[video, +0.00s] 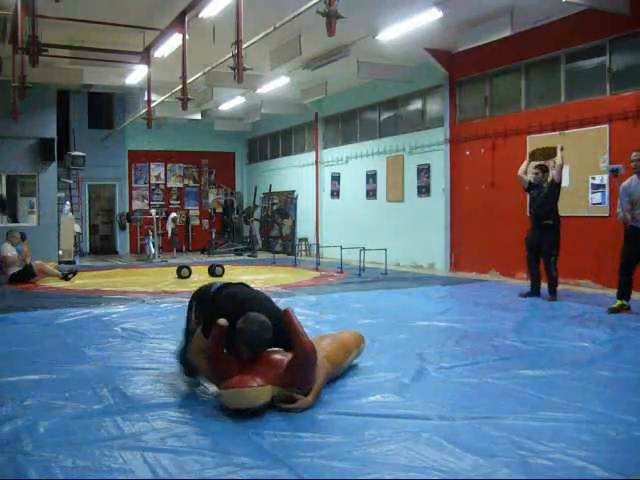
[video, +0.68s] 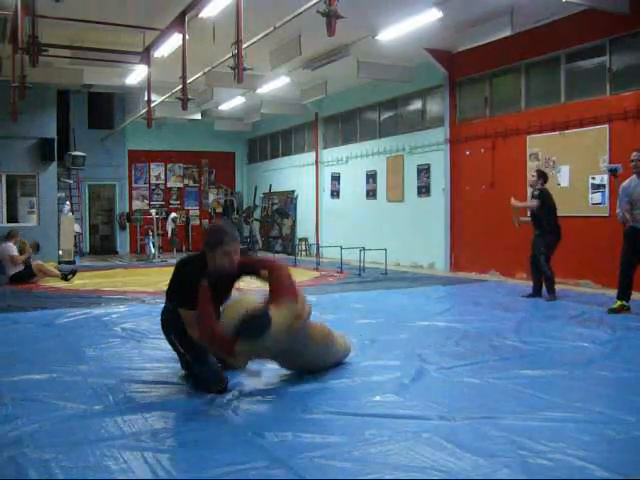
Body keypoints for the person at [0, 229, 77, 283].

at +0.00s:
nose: (17, 241)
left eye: (18, 239)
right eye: (16, 238)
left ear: (17, 240)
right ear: (10, 238)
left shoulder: (14, 248)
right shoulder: (6, 247)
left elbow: (25, 261)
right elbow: (8, 262)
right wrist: (19, 256)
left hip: (19, 274)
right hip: (12, 276)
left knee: (43, 269)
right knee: (38, 265)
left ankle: (64, 273)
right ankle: (62, 275)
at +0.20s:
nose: (15, 241)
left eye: (16, 239)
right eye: (13, 239)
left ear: (18, 239)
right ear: (8, 240)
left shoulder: (18, 247)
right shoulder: (4, 247)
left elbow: (25, 262)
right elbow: (3, 259)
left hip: (21, 273)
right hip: (12, 275)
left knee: (44, 269)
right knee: (38, 264)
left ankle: (63, 273)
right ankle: (61, 276)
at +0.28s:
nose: (15, 237)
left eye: (16, 235)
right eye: (13, 236)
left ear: (18, 236)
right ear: (8, 237)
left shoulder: (23, 247)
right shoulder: (4, 247)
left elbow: (28, 262)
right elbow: (2, 258)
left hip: (24, 273)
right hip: (13, 275)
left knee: (44, 269)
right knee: (39, 264)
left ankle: (63, 275)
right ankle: (61, 275)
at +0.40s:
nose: (16, 241)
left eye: (17, 239)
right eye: (14, 239)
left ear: (18, 238)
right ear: (9, 239)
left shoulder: (19, 247)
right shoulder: (5, 247)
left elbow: (24, 263)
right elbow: (2, 256)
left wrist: (27, 256)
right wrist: (6, 254)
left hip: (22, 274)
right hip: (13, 275)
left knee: (45, 270)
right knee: (39, 264)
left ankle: (63, 274)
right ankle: (62, 275)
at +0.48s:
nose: (17, 240)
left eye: (18, 238)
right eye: (15, 238)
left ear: (18, 239)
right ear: (9, 238)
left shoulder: (18, 247)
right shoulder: (5, 247)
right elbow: (3, 258)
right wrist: (13, 254)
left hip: (21, 274)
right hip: (12, 276)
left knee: (45, 269)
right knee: (39, 264)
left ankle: (63, 274)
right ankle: (62, 276)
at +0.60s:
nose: (17, 240)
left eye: (17, 238)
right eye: (16, 238)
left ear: (12, 238)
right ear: (11, 238)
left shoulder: (13, 248)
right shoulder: (6, 247)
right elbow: (7, 260)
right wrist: (20, 255)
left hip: (20, 274)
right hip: (14, 276)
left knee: (44, 269)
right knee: (38, 264)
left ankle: (64, 274)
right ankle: (62, 276)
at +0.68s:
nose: (18, 240)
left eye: (18, 238)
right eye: (17, 238)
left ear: (9, 237)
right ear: (14, 238)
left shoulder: (6, 246)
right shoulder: (9, 246)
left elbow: (15, 262)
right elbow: (16, 261)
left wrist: (25, 253)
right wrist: (27, 254)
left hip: (18, 275)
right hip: (16, 275)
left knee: (44, 270)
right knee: (38, 265)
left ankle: (63, 274)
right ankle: (62, 276)